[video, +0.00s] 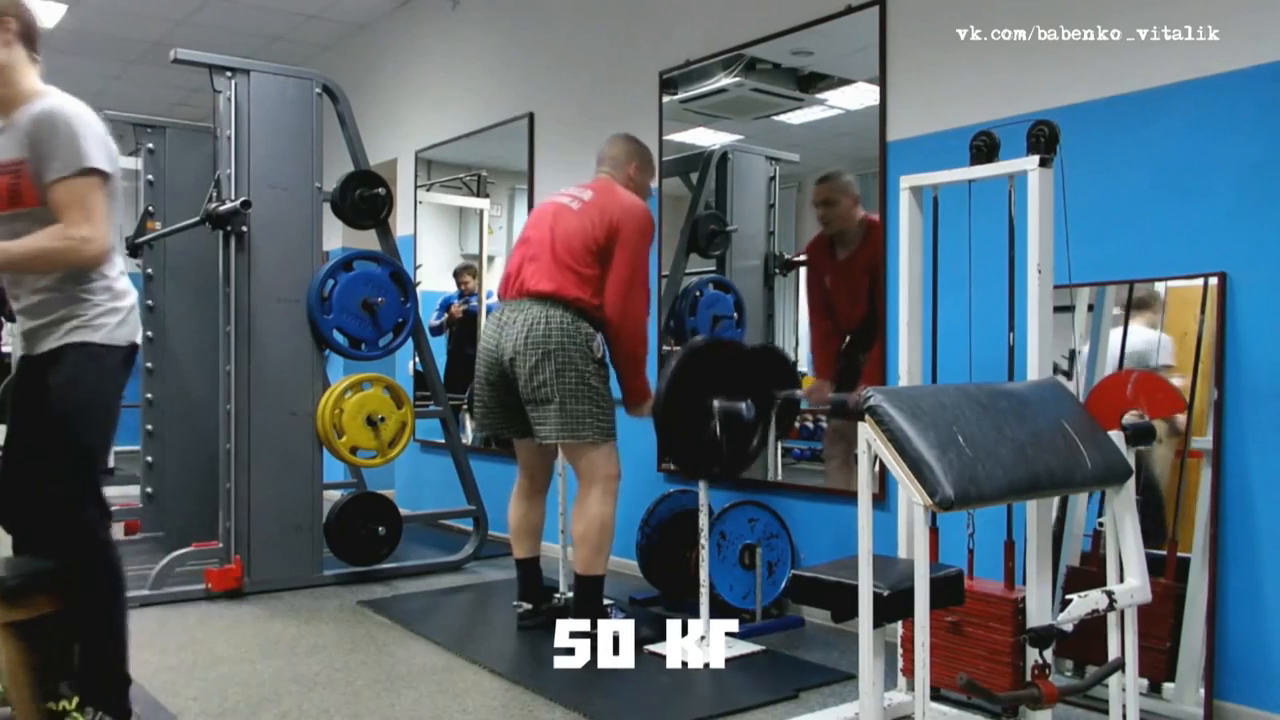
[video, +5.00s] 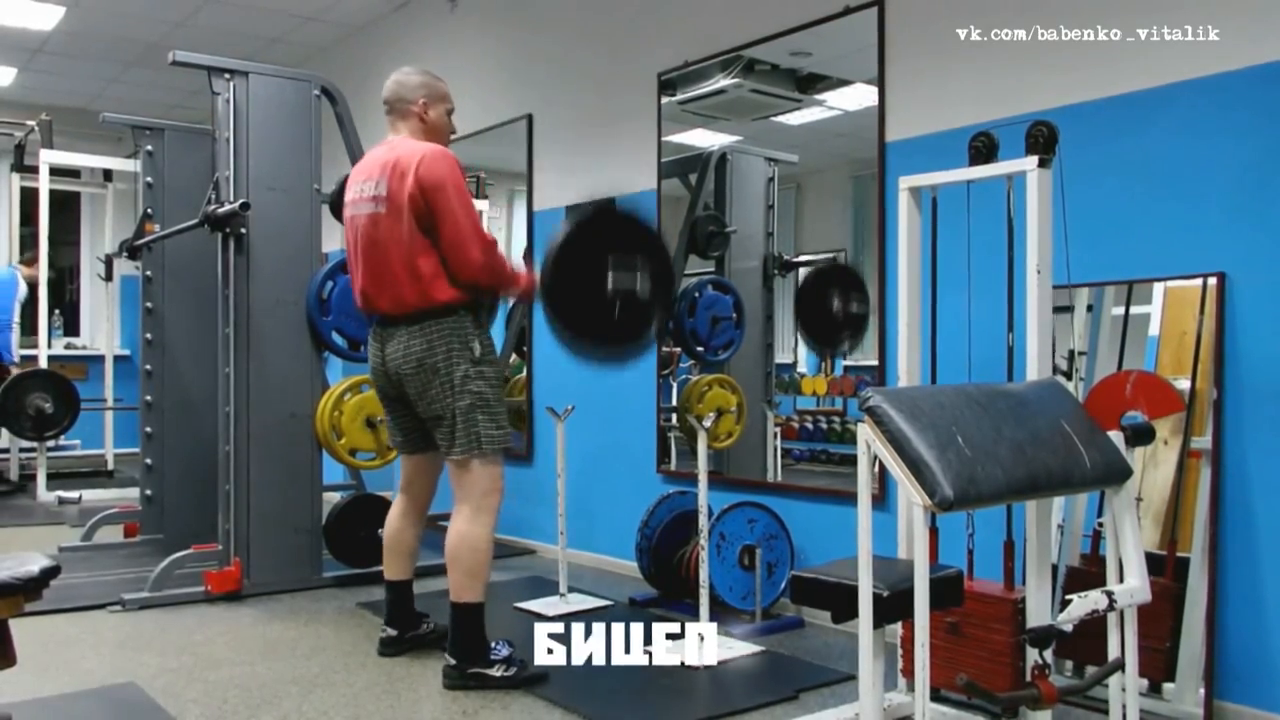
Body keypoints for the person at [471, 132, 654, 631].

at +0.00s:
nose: (648, 193)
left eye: (649, 186)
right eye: (648, 184)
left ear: (602, 168)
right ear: (634, 171)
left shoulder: (557, 201)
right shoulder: (631, 209)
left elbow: (511, 282)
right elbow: (623, 307)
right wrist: (637, 390)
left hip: (502, 327)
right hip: (558, 332)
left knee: (532, 470)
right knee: (598, 475)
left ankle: (532, 598)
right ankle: (588, 612)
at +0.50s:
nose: (583, 130)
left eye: (581, 121)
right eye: (580, 121)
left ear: (530, 122)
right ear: (563, 119)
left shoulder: (499, 175)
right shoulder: (580, 173)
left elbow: (482, 268)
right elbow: (591, 271)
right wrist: (610, 342)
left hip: (489, 336)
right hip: (552, 336)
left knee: (504, 466)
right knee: (585, 475)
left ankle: (449, 595)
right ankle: (586, 619)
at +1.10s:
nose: (508, 129)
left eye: (506, 120)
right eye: (506, 120)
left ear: (454, 120)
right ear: (489, 117)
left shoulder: (422, 176)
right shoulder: (503, 168)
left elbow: (404, 271)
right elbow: (509, 269)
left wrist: (437, 315)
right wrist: (528, 342)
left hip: (416, 334)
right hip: (477, 332)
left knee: (444, 481)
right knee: (528, 477)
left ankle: (433, 623)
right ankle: (488, 627)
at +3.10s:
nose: (468, 124)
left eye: (468, 114)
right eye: (465, 113)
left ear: (415, 111)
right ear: (441, 109)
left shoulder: (379, 168)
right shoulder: (452, 166)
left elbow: (365, 268)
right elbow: (473, 274)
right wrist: (496, 343)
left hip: (379, 337)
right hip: (439, 336)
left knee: (408, 484)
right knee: (468, 493)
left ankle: (399, 622)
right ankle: (469, 652)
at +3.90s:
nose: (435, 109)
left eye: (432, 99)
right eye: (428, 100)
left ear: (380, 104)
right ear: (401, 100)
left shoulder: (356, 164)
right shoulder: (425, 147)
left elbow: (368, 267)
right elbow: (476, 242)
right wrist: (511, 281)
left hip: (396, 333)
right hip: (449, 324)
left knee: (424, 473)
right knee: (494, 476)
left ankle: (401, 612)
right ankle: (477, 638)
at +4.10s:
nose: (427, 143)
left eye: (428, 135)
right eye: (424, 134)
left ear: (373, 124)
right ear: (399, 123)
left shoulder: (345, 181)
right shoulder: (399, 163)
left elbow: (384, 263)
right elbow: (475, 231)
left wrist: (458, 203)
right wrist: (514, 201)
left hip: (411, 348)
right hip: (462, 340)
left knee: (434, 487)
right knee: (502, 489)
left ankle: (402, 620)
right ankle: (472, 652)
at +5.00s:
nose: (453, 123)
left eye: (452, 112)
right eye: (449, 111)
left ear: (398, 110)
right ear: (423, 108)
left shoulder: (361, 172)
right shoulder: (431, 160)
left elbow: (363, 275)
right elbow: (472, 258)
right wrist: (522, 281)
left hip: (387, 341)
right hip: (444, 334)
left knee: (416, 481)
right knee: (479, 491)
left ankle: (400, 622)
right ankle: (470, 654)